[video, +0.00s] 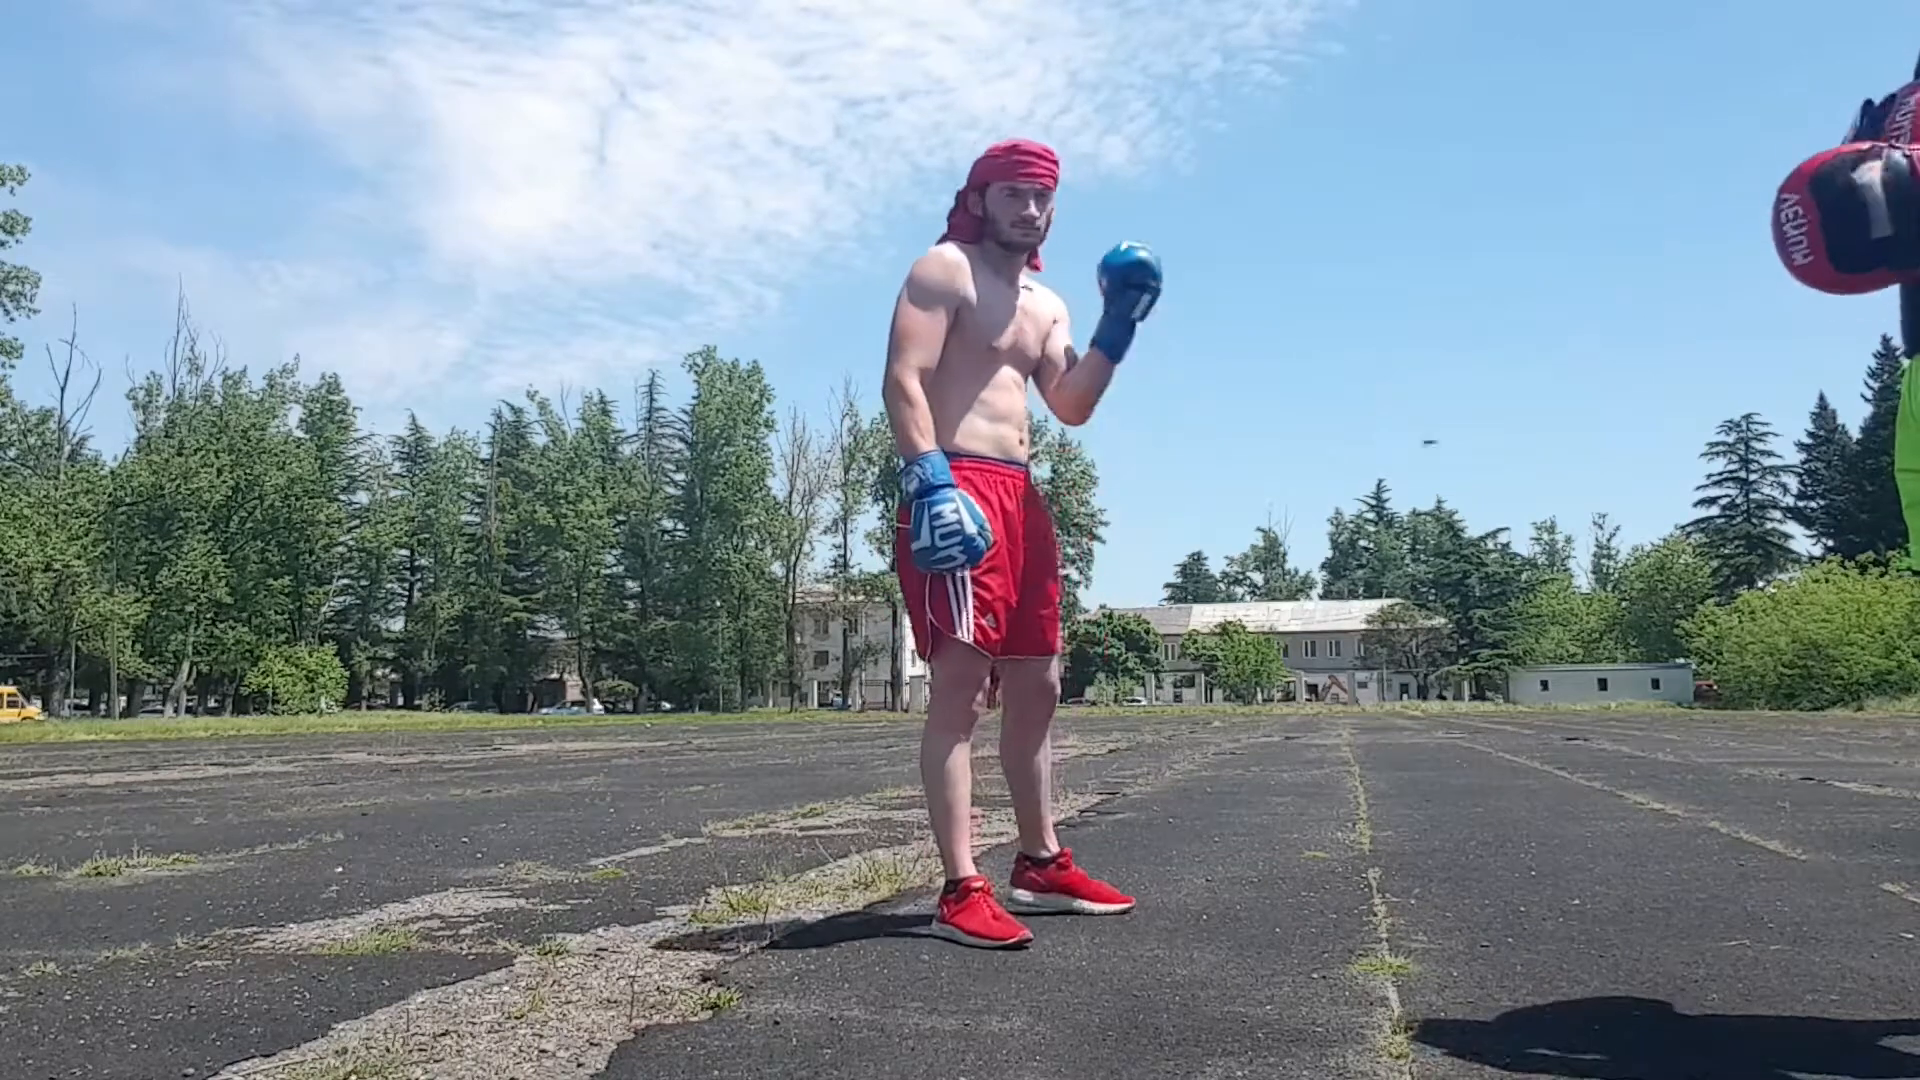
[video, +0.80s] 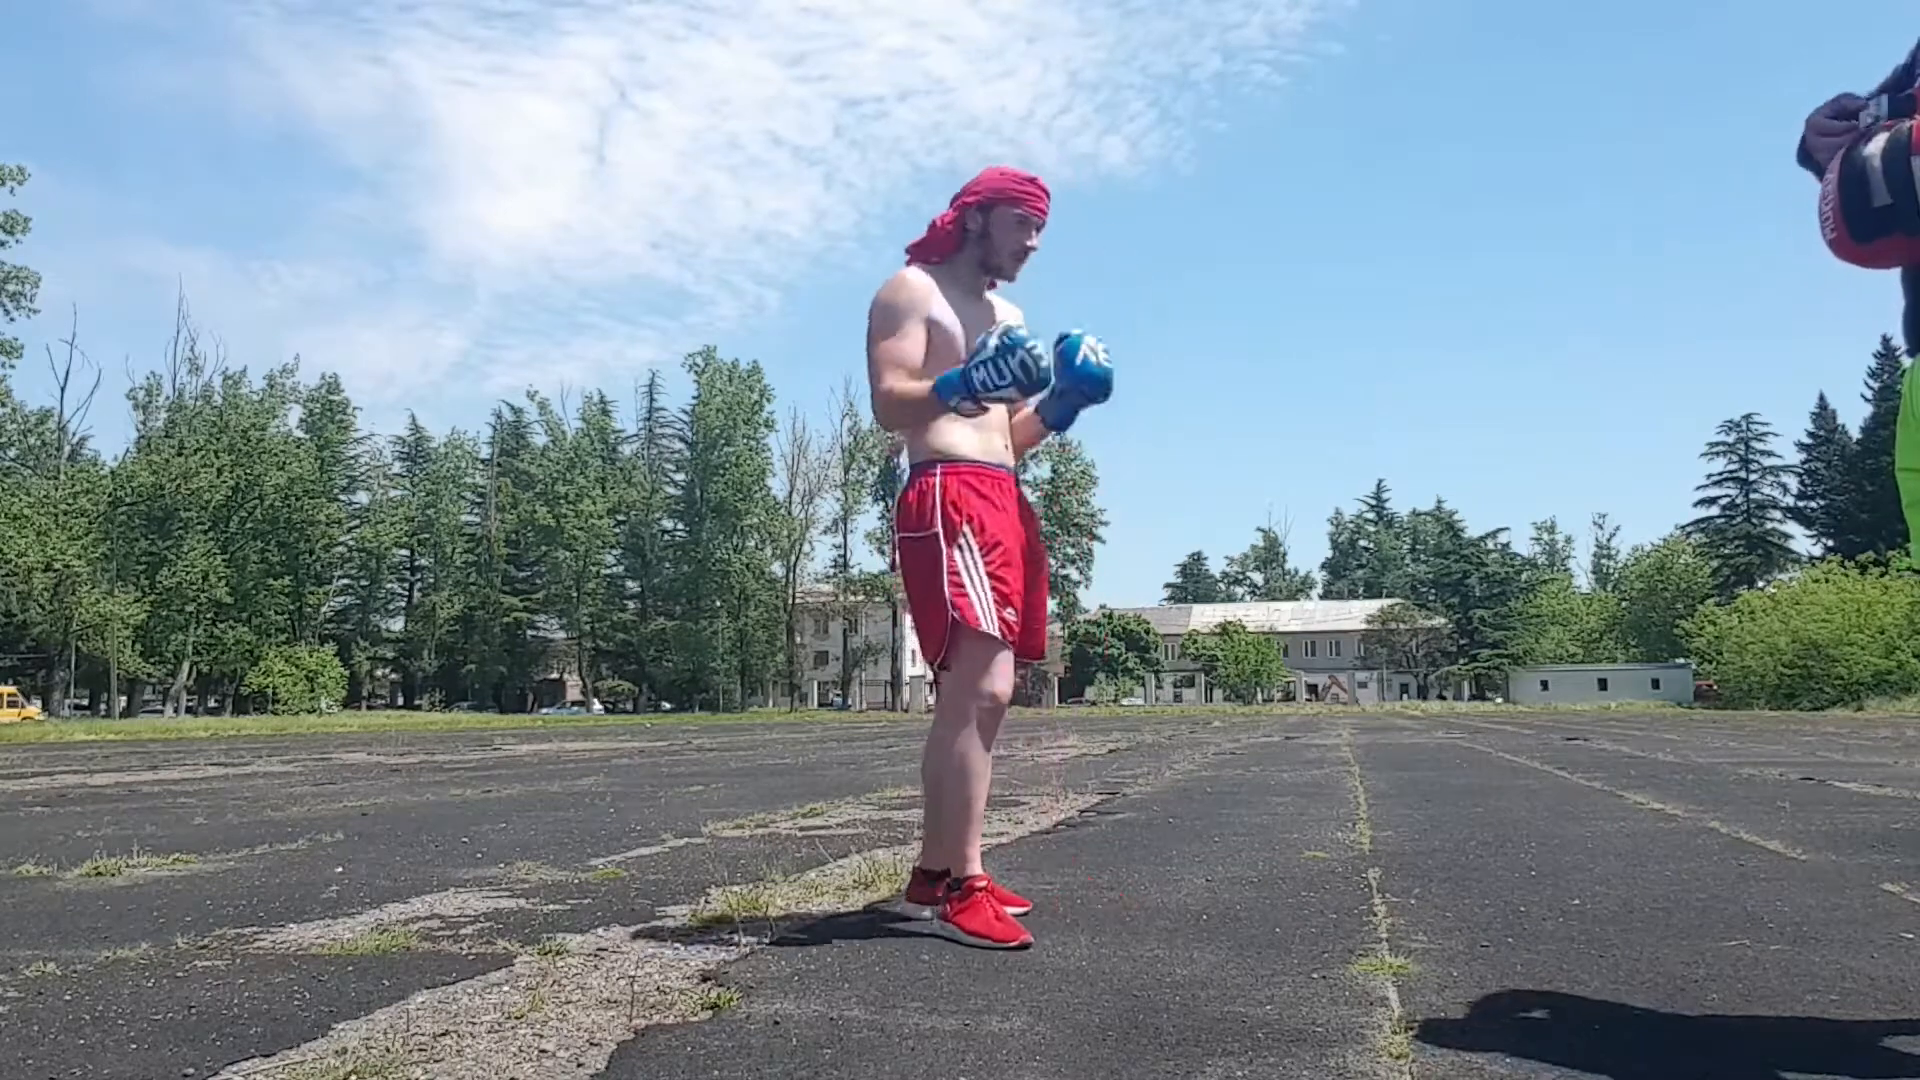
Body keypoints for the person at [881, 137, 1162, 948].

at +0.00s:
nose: (1030, 209)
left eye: (1041, 198)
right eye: (1013, 195)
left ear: (1051, 210)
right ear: (979, 202)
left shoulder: (1047, 303)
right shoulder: (944, 268)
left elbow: (1071, 404)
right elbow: (903, 378)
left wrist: (1117, 322)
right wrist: (932, 485)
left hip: (1022, 497)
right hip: (955, 492)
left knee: (1037, 687)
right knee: (958, 688)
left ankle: (1041, 859)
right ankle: (962, 885)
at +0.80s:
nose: (1032, 243)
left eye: (1038, 232)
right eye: (1023, 226)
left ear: (1020, 238)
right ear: (977, 219)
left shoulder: (1004, 314)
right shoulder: (912, 289)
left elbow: (1007, 442)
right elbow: (892, 405)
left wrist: (1062, 401)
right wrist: (959, 387)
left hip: (1004, 501)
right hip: (949, 495)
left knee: (977, 692)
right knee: (985, 686)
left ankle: (936, 873)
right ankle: (960, 881)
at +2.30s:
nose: (949, 251)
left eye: (959, 240)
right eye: (938, 233)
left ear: (956, 247)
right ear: (894, 226)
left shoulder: (911, 315)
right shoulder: (851, 282)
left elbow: (908, 445)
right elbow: (801, 385)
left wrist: (951, 400)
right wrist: (896, 367)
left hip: (901, 504)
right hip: (861, 499)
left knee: (877, 694)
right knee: (874, 690)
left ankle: (828, 876)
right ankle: (881, 890)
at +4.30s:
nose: (917, 263)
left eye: (924, 252)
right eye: (905, 247)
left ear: (918, 262)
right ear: (859, 246)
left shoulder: (879, 338)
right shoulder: (806, 323)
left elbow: (892, 452)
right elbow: (824, 431)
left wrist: (934, 393)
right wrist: (889, 384)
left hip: (857, 516)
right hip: (807, 514)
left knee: (880, 698)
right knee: (843, 697)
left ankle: (795, 850)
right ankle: (839, 887)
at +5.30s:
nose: (960, 294)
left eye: (962, 283)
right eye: (947, 281)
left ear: (945, 292)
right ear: (905, 284)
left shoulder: (933, 368)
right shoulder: (863, 340)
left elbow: (950, 463)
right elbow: (878, 429)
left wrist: (980, 389)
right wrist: (969, 419)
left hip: (895, 536)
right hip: (851, 532)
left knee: (912, 697)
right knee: (937, 667)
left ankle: (850, 859)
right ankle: (878, 841)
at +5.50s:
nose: (990, 276)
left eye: (992, 265)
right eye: (979, 261)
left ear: (964, 270)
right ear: (937, 258)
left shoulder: (926, 351)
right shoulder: (909, 296)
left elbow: (931, 456)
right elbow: (900, 341)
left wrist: (984, 386)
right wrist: (976, 311)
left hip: (867, 519)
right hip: (872, 511)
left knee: (884, 697)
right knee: (934, 667)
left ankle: (859, 852)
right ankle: (865, 845)